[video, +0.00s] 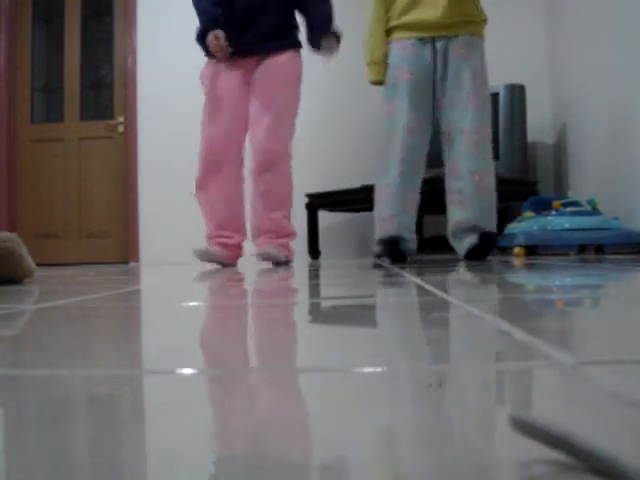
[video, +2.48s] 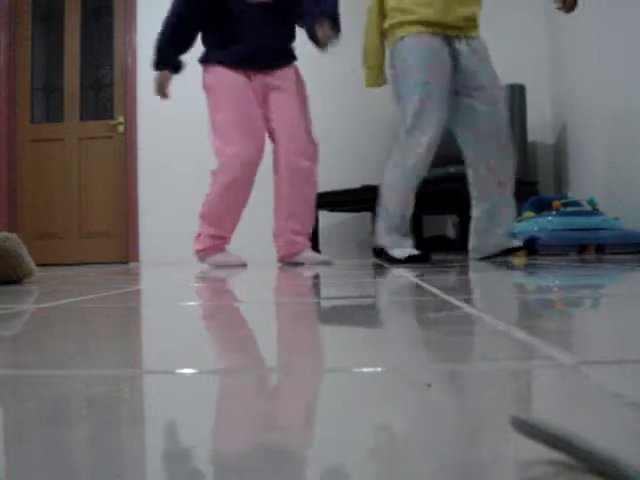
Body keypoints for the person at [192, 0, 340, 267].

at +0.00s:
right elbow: (203, 2)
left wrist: (321, 28)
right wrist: (211, 28)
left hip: (277, 52)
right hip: (224, 55)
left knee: (270, 149)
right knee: (218, 150)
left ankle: (274, 243)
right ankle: (224, 244)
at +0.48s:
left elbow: (310, 0)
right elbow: (205, 6)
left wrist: (298, 36)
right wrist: (203, 62)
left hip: (291, 57)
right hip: (237, 59)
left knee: (301, 157)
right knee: (242, 157)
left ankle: (295, 247)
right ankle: (235, 248)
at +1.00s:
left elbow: (301, 3)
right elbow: (187, 2)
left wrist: (308, 44)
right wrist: (193, 32)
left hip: (265, 54)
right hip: (211, 57)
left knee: (267, 155)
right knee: (211, 158)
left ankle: (280, 243)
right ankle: (222, 246)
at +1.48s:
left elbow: (299, 2)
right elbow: (186, 3)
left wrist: (303, 51)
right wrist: (190, 39)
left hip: (267, 53)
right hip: (212, 56)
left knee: (259, 153)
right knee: (202, 158)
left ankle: (275, 248)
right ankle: (218, 249)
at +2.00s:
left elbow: (310, 6)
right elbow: (200, 4)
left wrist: (313, 62)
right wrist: (215, 37)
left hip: (281, 55)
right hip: (225, 57)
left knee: (275, 158)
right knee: (223, 159)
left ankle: (277, 247)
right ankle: (222, 248)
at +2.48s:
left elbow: (309, 3)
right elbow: (186, 9)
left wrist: (322, 21)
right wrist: (165, 61)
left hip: (279, 67)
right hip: (227, 67)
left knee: (299, 154)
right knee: (241, 153)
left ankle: (294, 247)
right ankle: (211, 246)